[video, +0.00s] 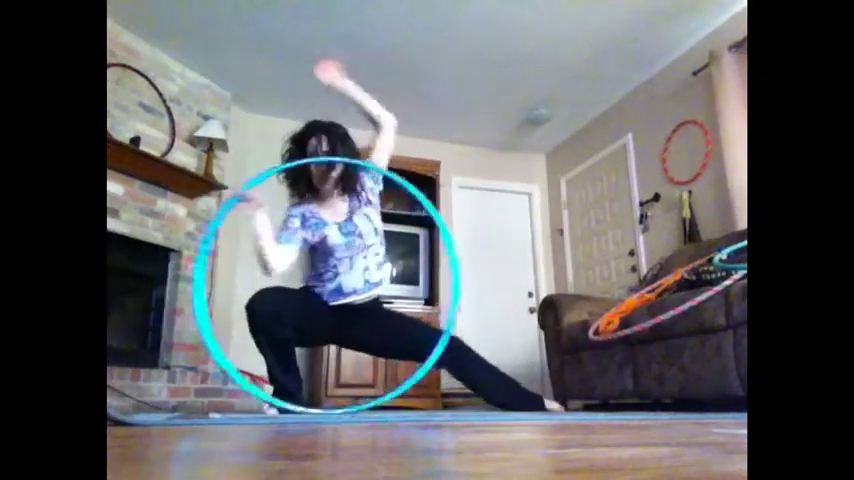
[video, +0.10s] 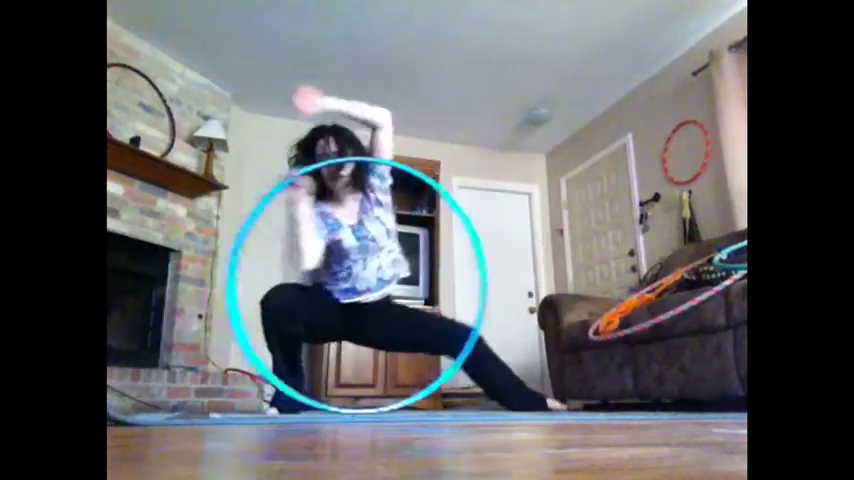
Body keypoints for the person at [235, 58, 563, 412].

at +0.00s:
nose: (321, 165)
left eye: (328, 156)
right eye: (312, 158)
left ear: (343, 159)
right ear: (302, 165)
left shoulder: (366, 186)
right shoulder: (302, 214)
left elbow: (387, 125)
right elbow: (274, 264)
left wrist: (342, 83)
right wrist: (257, 215)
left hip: (365, 314)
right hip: (319, 313)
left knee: (447, 346)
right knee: (263, 307)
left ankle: (538, 410)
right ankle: (290, 402)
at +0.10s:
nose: (338, 167)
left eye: (343, 157)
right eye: (328, 161)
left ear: (356, 159)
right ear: (315, 169)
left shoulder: (376, 189)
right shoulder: (314, 211)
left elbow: (382, 121)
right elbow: (308, 263)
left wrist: (326, 103)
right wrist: (300, 205)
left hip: (378, 311)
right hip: (330, 309)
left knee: (463, 339)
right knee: (279, 302)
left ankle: (537, 410)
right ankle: (289, 402)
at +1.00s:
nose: (523, 222)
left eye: (528, 213)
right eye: (513, 217)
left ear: (542, 214)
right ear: (503, 224)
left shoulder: (547, 240)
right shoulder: (498, 258)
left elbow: (604, 222)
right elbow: (536, 307)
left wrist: (575, 186)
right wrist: (594, 336)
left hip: (504, 331)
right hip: (455, 330)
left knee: (568, 326)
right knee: (385, 359)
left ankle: (534, 411)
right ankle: (294, 405)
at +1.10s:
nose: (522, 229)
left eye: (530, 221)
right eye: (513, 222)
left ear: (541, 225)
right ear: (500, 226)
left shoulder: (544, 246)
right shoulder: (490, 260)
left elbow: (602, 226)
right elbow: (501, 311)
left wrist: (572, 187)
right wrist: (560, 342)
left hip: (500, 330)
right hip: (451, 330)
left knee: (566, 317)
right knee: (382, 349)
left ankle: (535, 415)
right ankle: (294, 406)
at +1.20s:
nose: (513, 233)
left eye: (521, 225)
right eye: (505, 224)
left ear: (533, 229)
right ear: (493, 225)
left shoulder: (537, 247)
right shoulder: (478, 254)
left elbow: (593, 225)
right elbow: (462, 300)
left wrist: (561, 187)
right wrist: (521, 342)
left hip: (493, 324)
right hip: (445, 322)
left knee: (558, 317)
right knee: (373, 344)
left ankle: (538, 413)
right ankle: (291, 405)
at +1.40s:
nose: (462, 225)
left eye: (472, 219)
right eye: (457, 216)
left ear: (486, 223)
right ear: (445, 214)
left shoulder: (485, 248)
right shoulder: (424, 240)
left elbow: (540, 213)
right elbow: (379, 265)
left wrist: (495, 176)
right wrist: (415, 318)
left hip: (461, 317)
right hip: (408, 313)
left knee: (530, 317)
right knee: (353, 316)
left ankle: (541, 405)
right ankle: (292, 404)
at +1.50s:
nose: (439, 217)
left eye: (446, 211)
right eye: (433, 209)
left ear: (460, 215)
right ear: (420, 210)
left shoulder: (463, 246)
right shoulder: (399, 236)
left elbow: (506, 211)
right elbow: (345, 257)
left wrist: (462, 180)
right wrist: (377, 308)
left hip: (443, 312)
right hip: (393, 308)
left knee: (512, 317)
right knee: (338, 313)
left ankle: (540, 404)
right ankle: (295, 403)